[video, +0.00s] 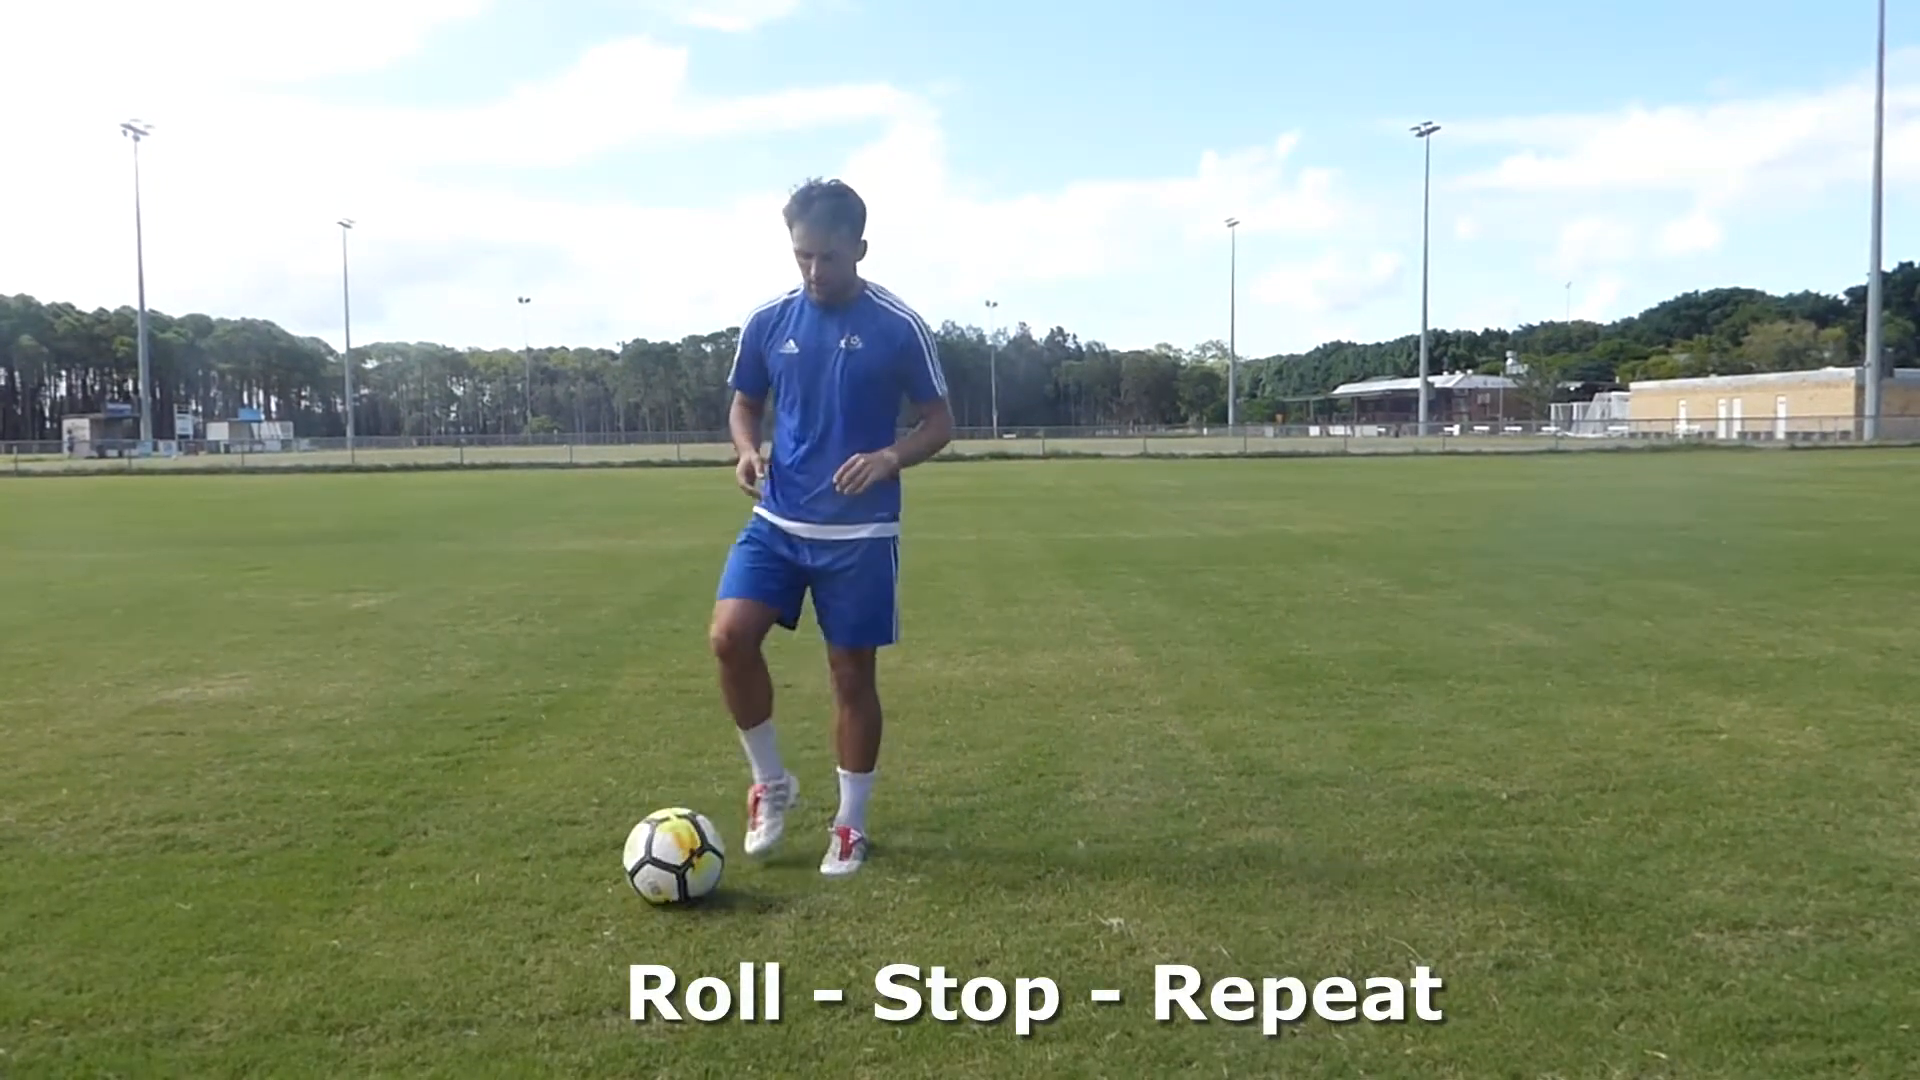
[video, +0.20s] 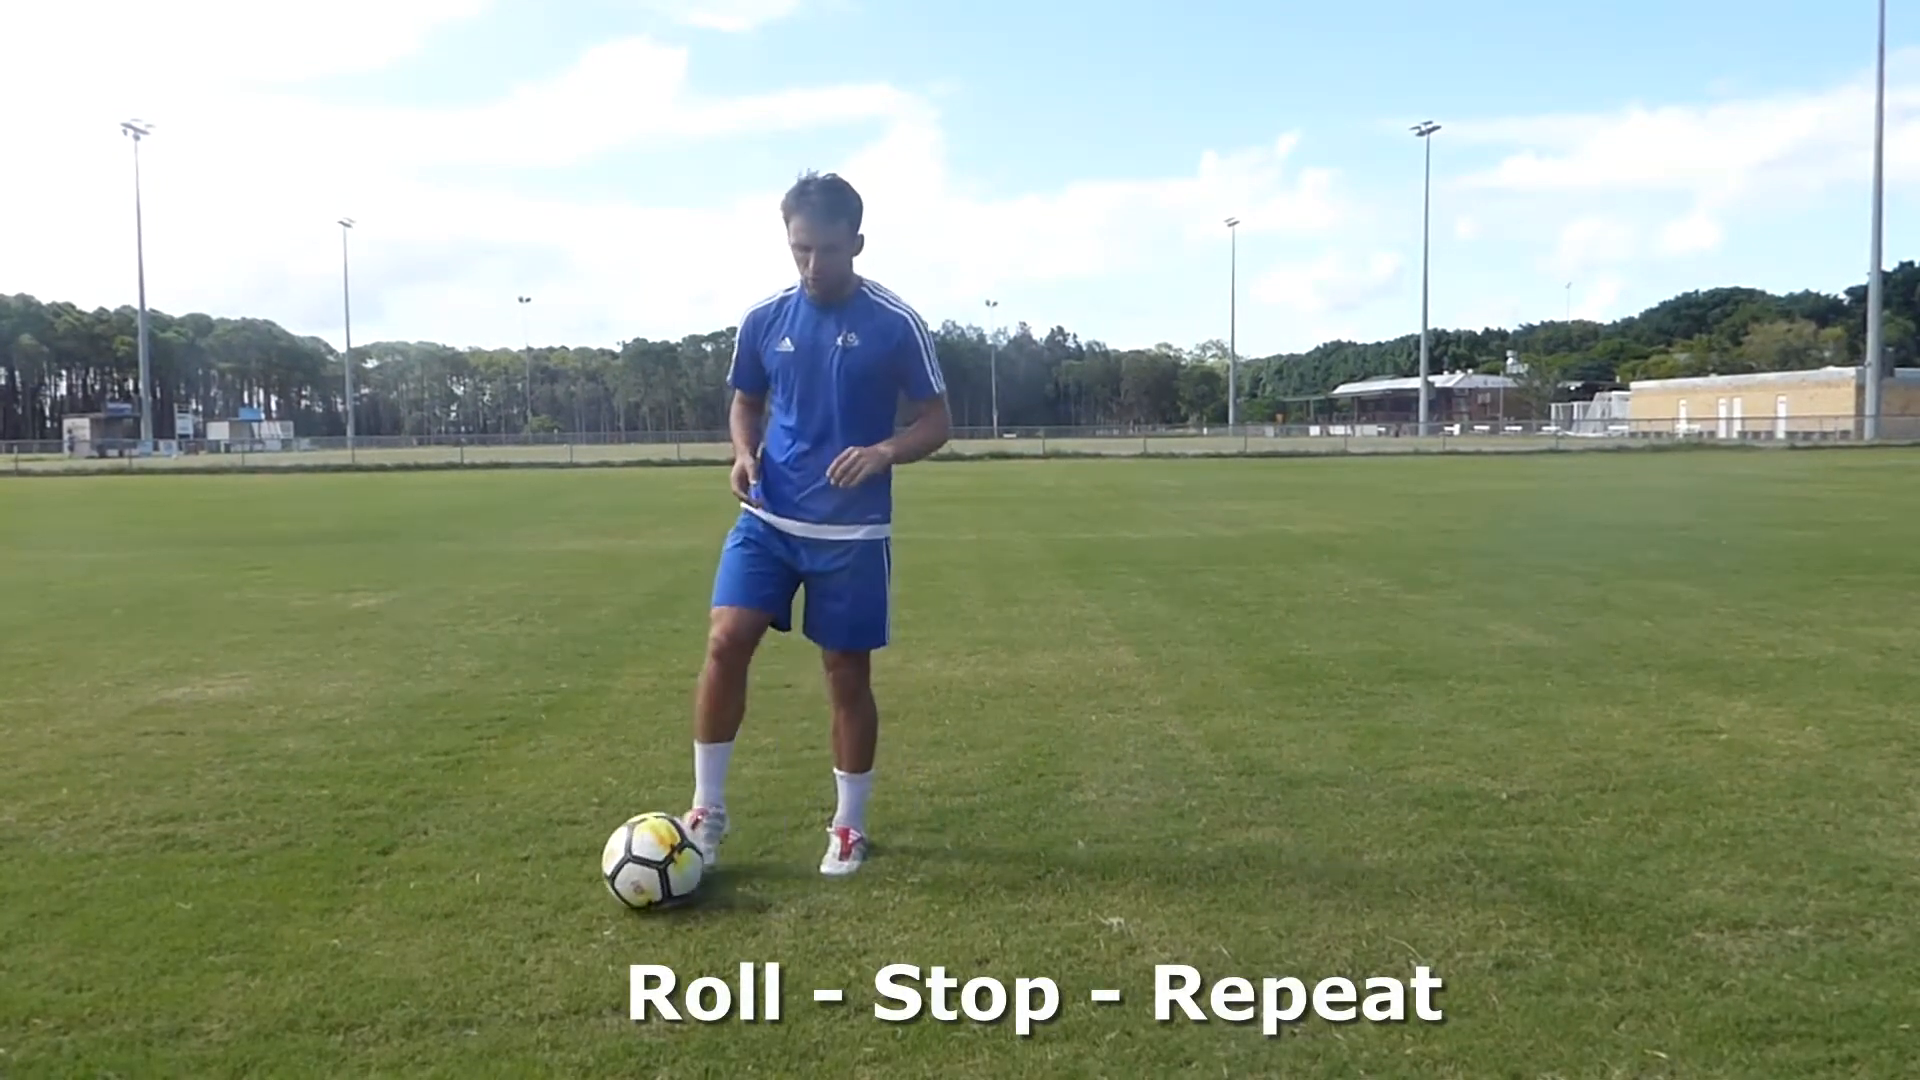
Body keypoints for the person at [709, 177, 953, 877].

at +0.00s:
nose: (816, 272)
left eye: (829, 257)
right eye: (804, 256)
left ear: (859, 247)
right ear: (790, 248)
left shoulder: (899, 326)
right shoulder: (768, 323)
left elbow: (939, 422)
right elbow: (744, 405)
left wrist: (889, 457)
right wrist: (749, 447)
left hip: (857, 534)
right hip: (776, 524)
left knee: (851, 678)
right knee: (729, 637)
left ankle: (849, 825)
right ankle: (770, 783)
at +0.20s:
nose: (811, 265)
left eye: (825, 249)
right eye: (800, 250)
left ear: (856, 240)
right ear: (786, 242)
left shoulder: (897, 324)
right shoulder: (765, 321)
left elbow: (936, 422)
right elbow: (746, 402)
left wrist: (885, 451)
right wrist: (745, 449)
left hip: (850, 534)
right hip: (767, 521)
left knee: (847, 678)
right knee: (726, 641)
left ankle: (849, 825)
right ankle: (706, 811)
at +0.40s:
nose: (801, 265)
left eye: (814, 250)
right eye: (790, 250)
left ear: (844, 243)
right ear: (775, 241)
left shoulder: (884, 328)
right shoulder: (744, 321)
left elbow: (921, 415)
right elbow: (708, 405)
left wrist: (891, 447)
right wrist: (713, 445)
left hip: (840, 537)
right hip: (755, 533)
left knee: (839, 679)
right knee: (738, 677)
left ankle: (848, 828)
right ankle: (751, 820)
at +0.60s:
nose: (795, 270)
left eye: (809, 256)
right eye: (783, 254)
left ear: (838, 245)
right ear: (767, 242)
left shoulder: (876, 329)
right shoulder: (735, 320)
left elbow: (904, 413)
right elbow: (687, 403)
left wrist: (892, 462)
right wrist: (691, 438)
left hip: (837, 537)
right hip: (751, 537)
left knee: (840, 676)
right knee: (749, 679)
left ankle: (840, 819)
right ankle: (754, 823)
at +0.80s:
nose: (813, 276)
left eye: (828, 262)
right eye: (803, 259)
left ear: (860, 251)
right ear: (790, 246)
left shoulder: (900, 336)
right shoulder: (760, 317)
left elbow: (927, 427)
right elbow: (721, 400)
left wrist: (905, 482)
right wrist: (713, 457)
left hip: (842, 542)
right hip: (758, 533)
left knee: (841, 679)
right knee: (730, 672)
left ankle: (843, 828)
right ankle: (750, 817)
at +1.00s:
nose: (833, 272)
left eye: (847, 258)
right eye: (822, 255)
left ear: (880, 248)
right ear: (809, 242)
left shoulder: (917, 334)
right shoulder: (779, 314)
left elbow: (948, 430)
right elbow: (748, 398)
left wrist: (923, 479)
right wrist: (733, 472)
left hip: (852, 538)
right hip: (767, 516)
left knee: (845, 685)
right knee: (690, 619)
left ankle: (841, 830)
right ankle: (714, 770)